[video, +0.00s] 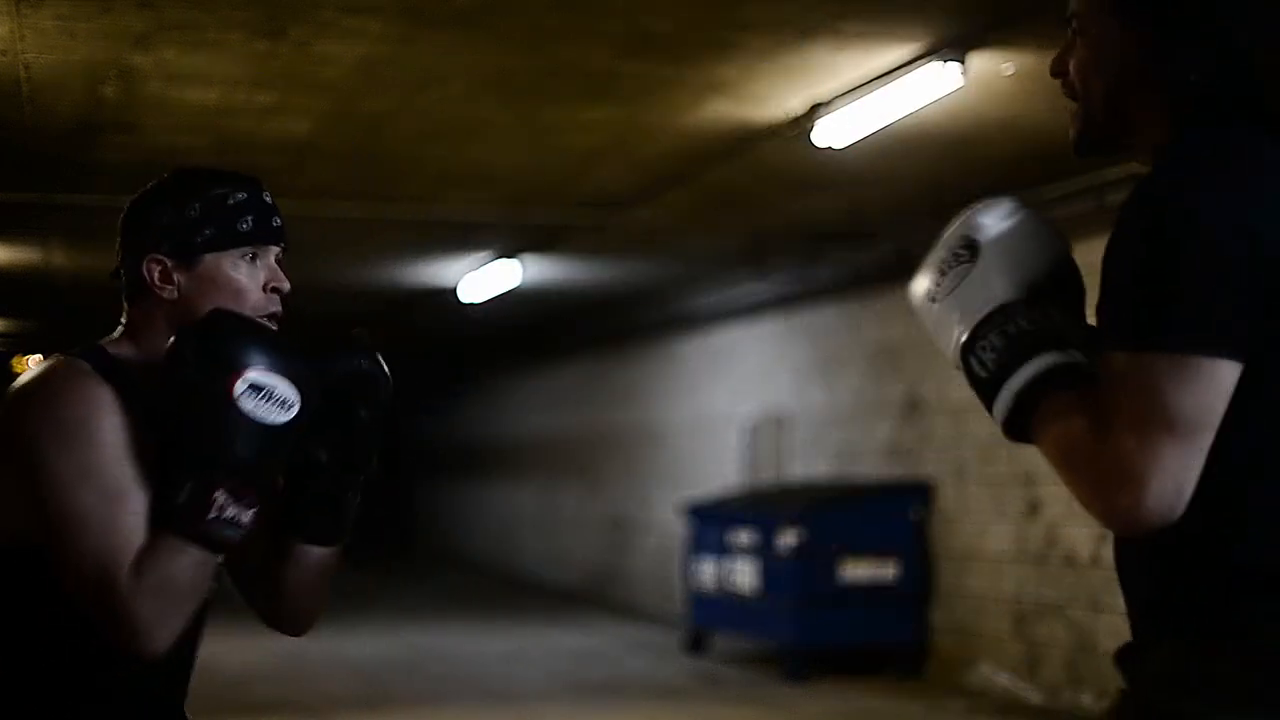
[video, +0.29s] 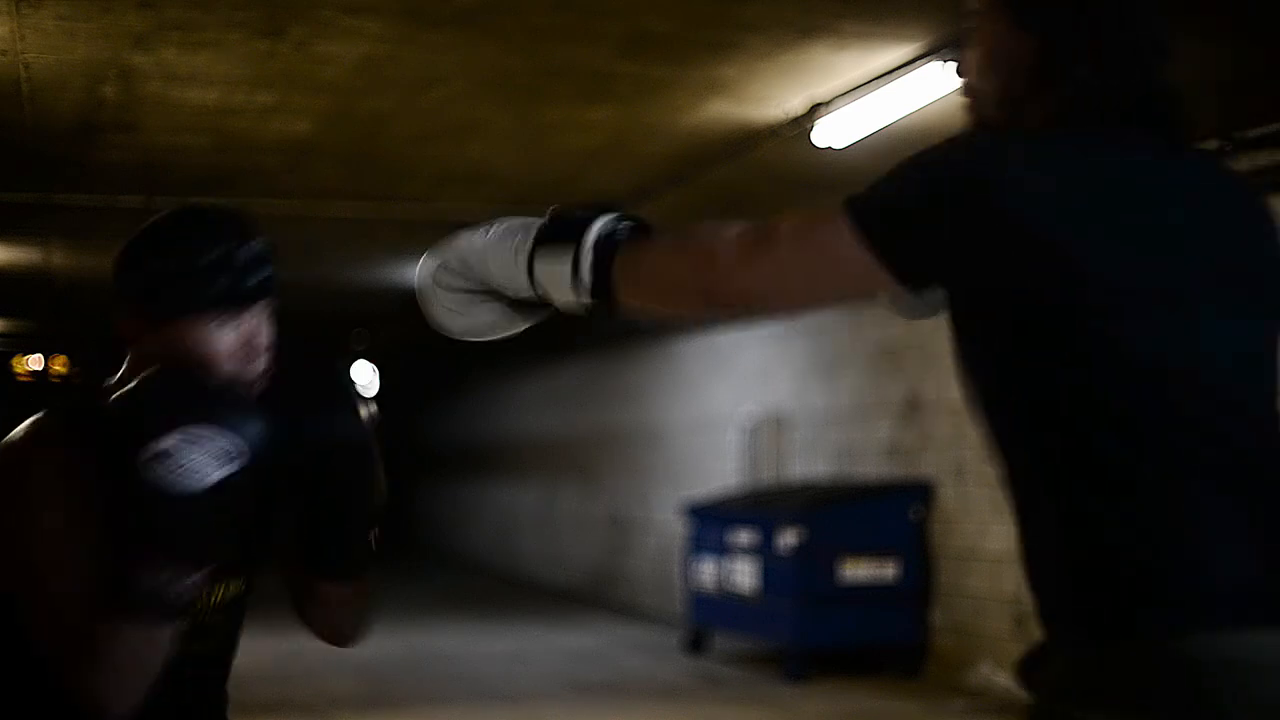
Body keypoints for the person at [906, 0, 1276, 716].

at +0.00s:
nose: (1059, 66)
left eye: (1080, 28)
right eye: (1069, 33)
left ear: (1157, 34)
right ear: (1171, 40)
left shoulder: (1216, 180)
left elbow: (1141, 480)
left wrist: (1006, 333)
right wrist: (1058, 330)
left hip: (1228, 670)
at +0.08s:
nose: (1046, 64)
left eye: (1071, 33)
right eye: (1056, 36)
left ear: (1141, 43)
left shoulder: (1191, 185)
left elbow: (1084, 454)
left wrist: (969, 321)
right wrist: (1045, 284)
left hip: (1209, 650)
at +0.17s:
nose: (1018, 65)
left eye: (1040, 36)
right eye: (1026, 37)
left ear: (1104, 44)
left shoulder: (1096, 184)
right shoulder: (1240, 179)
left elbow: (916, 379)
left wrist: (841, 314)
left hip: (1169, 632)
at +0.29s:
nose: (961, 68)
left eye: (973, 42)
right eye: (964, 43)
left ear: (1032, 50)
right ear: (1133, 48)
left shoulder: (1000, 184)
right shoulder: (1226, 199)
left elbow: (738, 273)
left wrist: (554, 259)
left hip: (1141, 655)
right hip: (1266, 642)